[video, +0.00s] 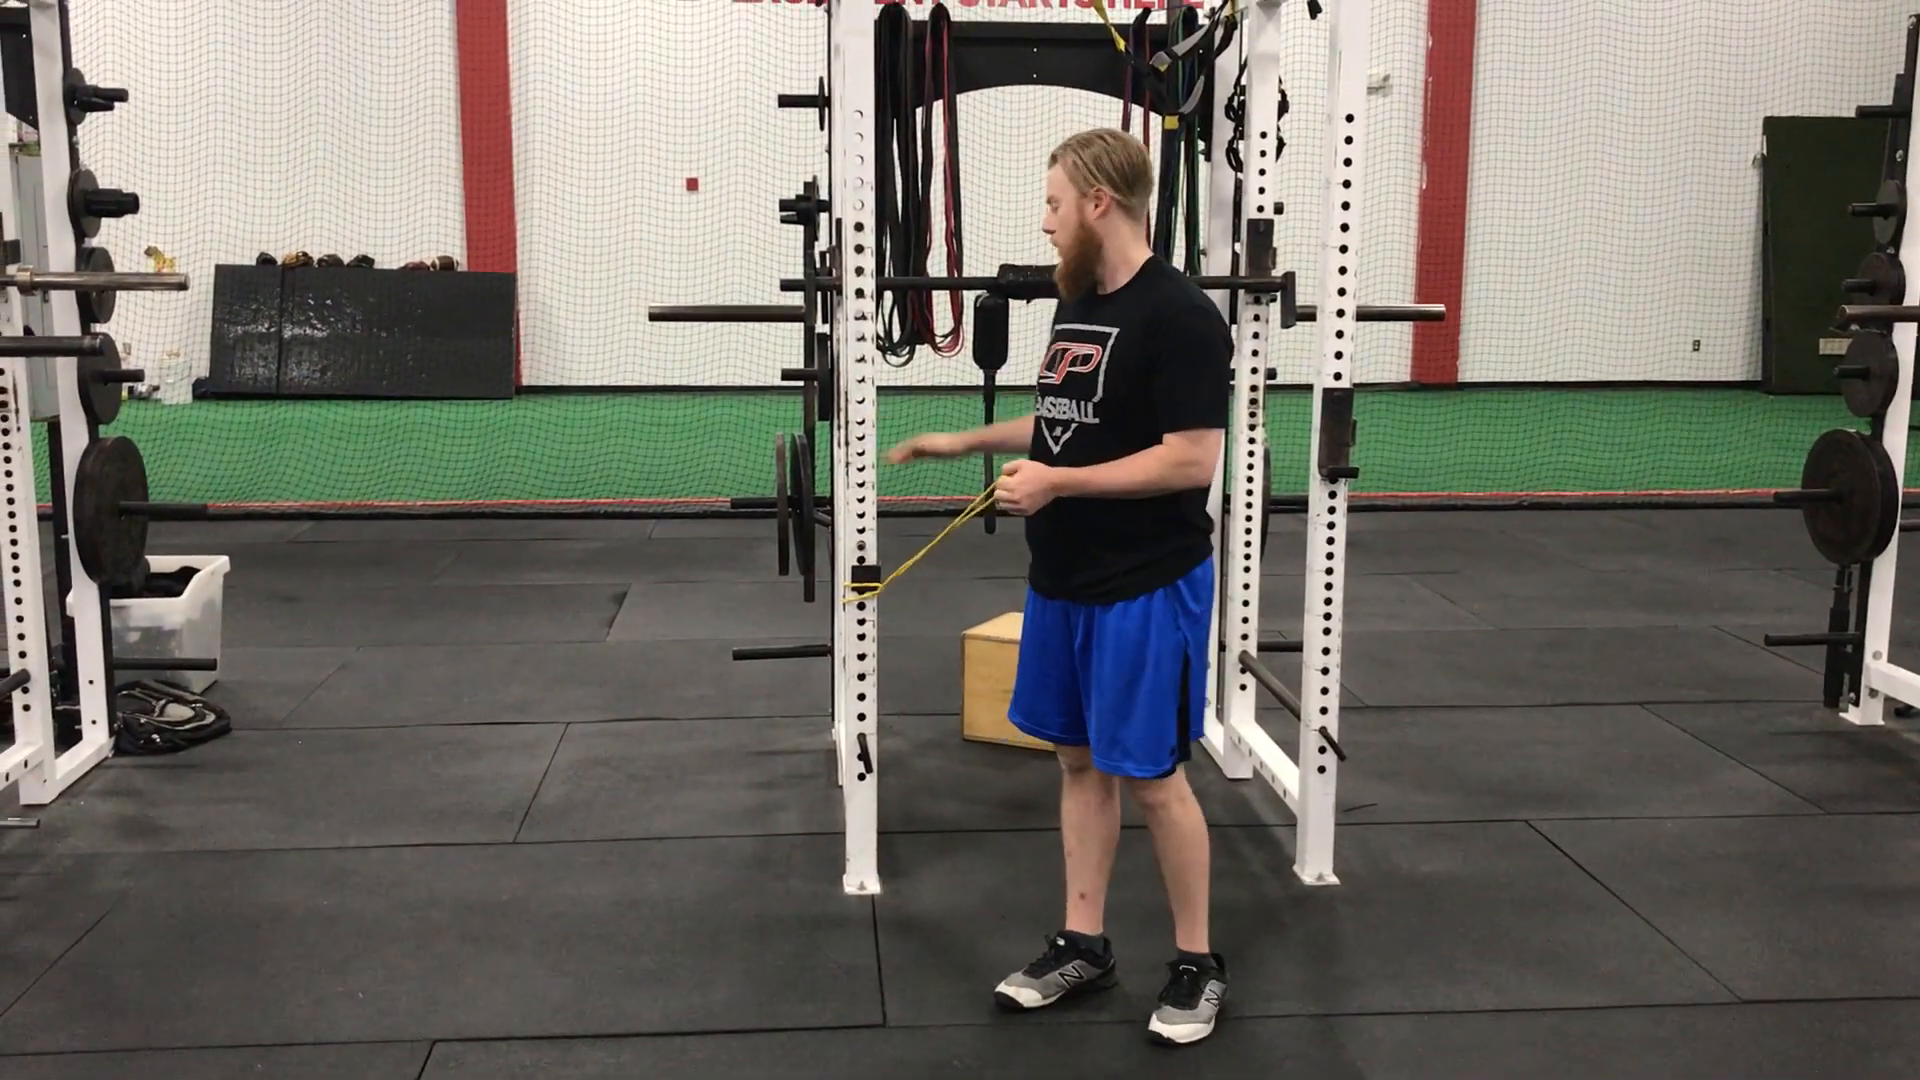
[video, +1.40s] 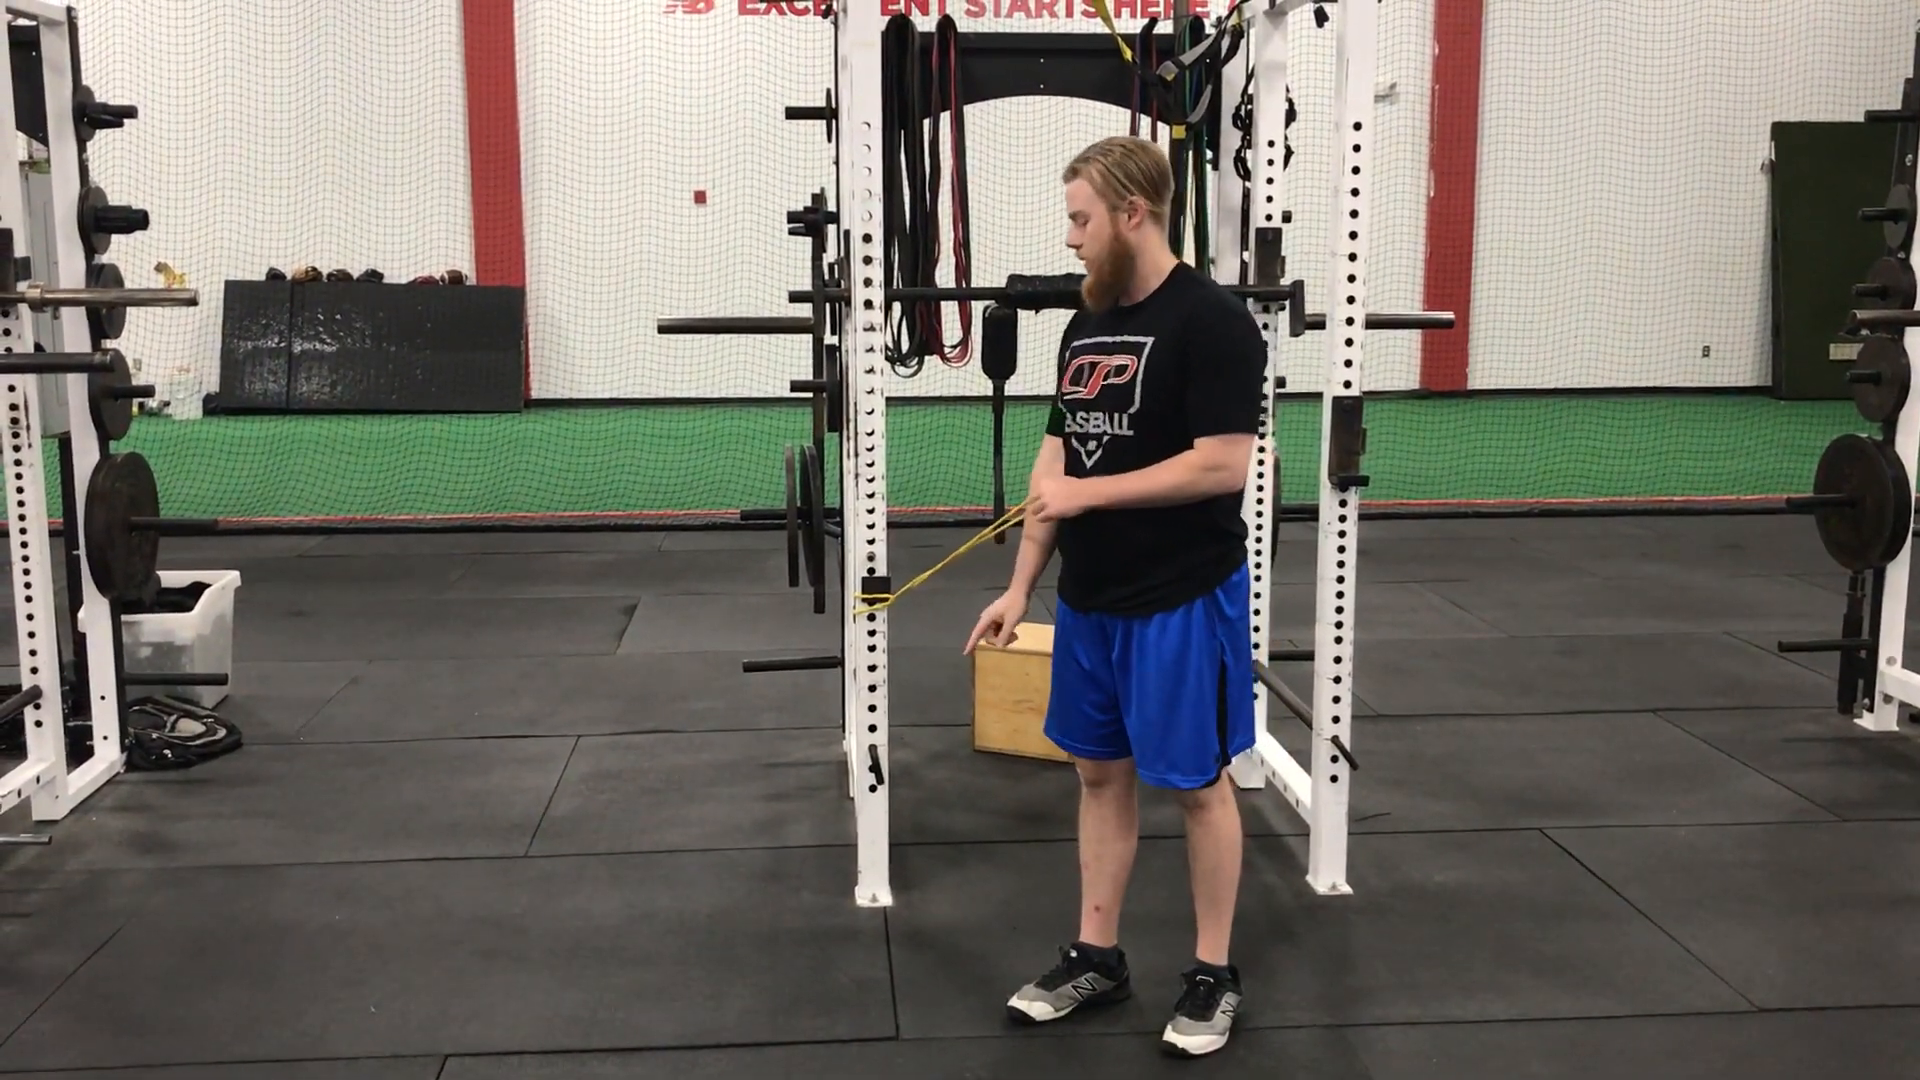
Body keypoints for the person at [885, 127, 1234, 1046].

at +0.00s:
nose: (1047, 224)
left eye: (1053, 206)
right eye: (1046, 207)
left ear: (1098, 203)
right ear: (1098, 206)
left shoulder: (1181, 315)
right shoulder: (1078, 307)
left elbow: (1194, 460)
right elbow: (1064, 429)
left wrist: (1060, 480)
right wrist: (963, 442)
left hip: (1150, 585)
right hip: (1066, 581)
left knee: (1154, 775)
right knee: (1081, 760)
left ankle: (1195, 963)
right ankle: (1080, 945)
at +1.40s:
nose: (1069, 237)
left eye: (1080, 218)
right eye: (1068, 219)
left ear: (1135, 215)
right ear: (1119, 218)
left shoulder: (1215, 322)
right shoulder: (1088, 328)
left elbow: (1229, 464)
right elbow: (1062, 464)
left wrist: (1082, 491)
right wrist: (1020, 585)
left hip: (1186, 600)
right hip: (1092, 597)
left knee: (1199, 783)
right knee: (1100, 773)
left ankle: (1210, 973)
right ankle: (1097, 957)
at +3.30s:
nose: (1054, 244)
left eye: (1066, 224)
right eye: (1054, 226)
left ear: (1124, 228)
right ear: (1114, 230)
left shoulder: (1190, 344)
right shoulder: (1092, 333)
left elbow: (1198, 498)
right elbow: (1111, 468)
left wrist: (1067, 521)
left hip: (1171, 623)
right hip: (1072, 610)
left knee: (1205, 807)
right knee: (997, 761)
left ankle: (1248, 974)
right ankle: (964, 975)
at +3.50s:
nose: (951, 257)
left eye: (963, 237)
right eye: (953, 238)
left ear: (1019, 243)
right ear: (1018, 245)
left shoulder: (1078, 352)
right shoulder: (1015, 351)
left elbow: (1090, 505)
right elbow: (1051, 467)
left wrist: (963, 537)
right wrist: (1009, 432)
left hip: (1094, 642)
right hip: (996, 630)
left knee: (1148, 818)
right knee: (917, 781)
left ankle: (1244, 964)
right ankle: (898, 993)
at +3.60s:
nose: (899, 250)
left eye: (910, 231)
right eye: (901, 231)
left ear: (959, 236)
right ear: (966, 239)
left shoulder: (1012, 342)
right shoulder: (975, 341)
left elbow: (1014, 495)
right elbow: (1008, 450)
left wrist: (914, 530)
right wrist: (945, 428)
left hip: (1034, 638)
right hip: (949, 626)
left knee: (1072, 837)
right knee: (881, 782)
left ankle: (1218, 943)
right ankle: (895, 995)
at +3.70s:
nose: (852, 236)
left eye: (864, 216)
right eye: (857, 218)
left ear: (913, 226)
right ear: (925, 230)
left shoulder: (957, 328)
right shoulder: (932, 328)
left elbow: (949, 481)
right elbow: (951, 477)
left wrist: (861, 500)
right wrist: (884, 499)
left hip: (988, 626)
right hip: (920, 618)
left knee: (976, 841)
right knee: (870, 783)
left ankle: (1150, 929)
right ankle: (895, 993)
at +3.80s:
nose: (822, 222)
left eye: (834, 205)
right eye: (828, 205)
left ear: (873, 216)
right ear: (894, 220)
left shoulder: (903, 317)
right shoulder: (909, 311)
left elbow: (892, 472)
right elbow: (909, 466)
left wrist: (823, 477)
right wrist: (848, 470)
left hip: (946, 608)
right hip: (914, 604)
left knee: (888, 823)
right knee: (860, 788)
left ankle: (1054, 973)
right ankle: (898, 995)